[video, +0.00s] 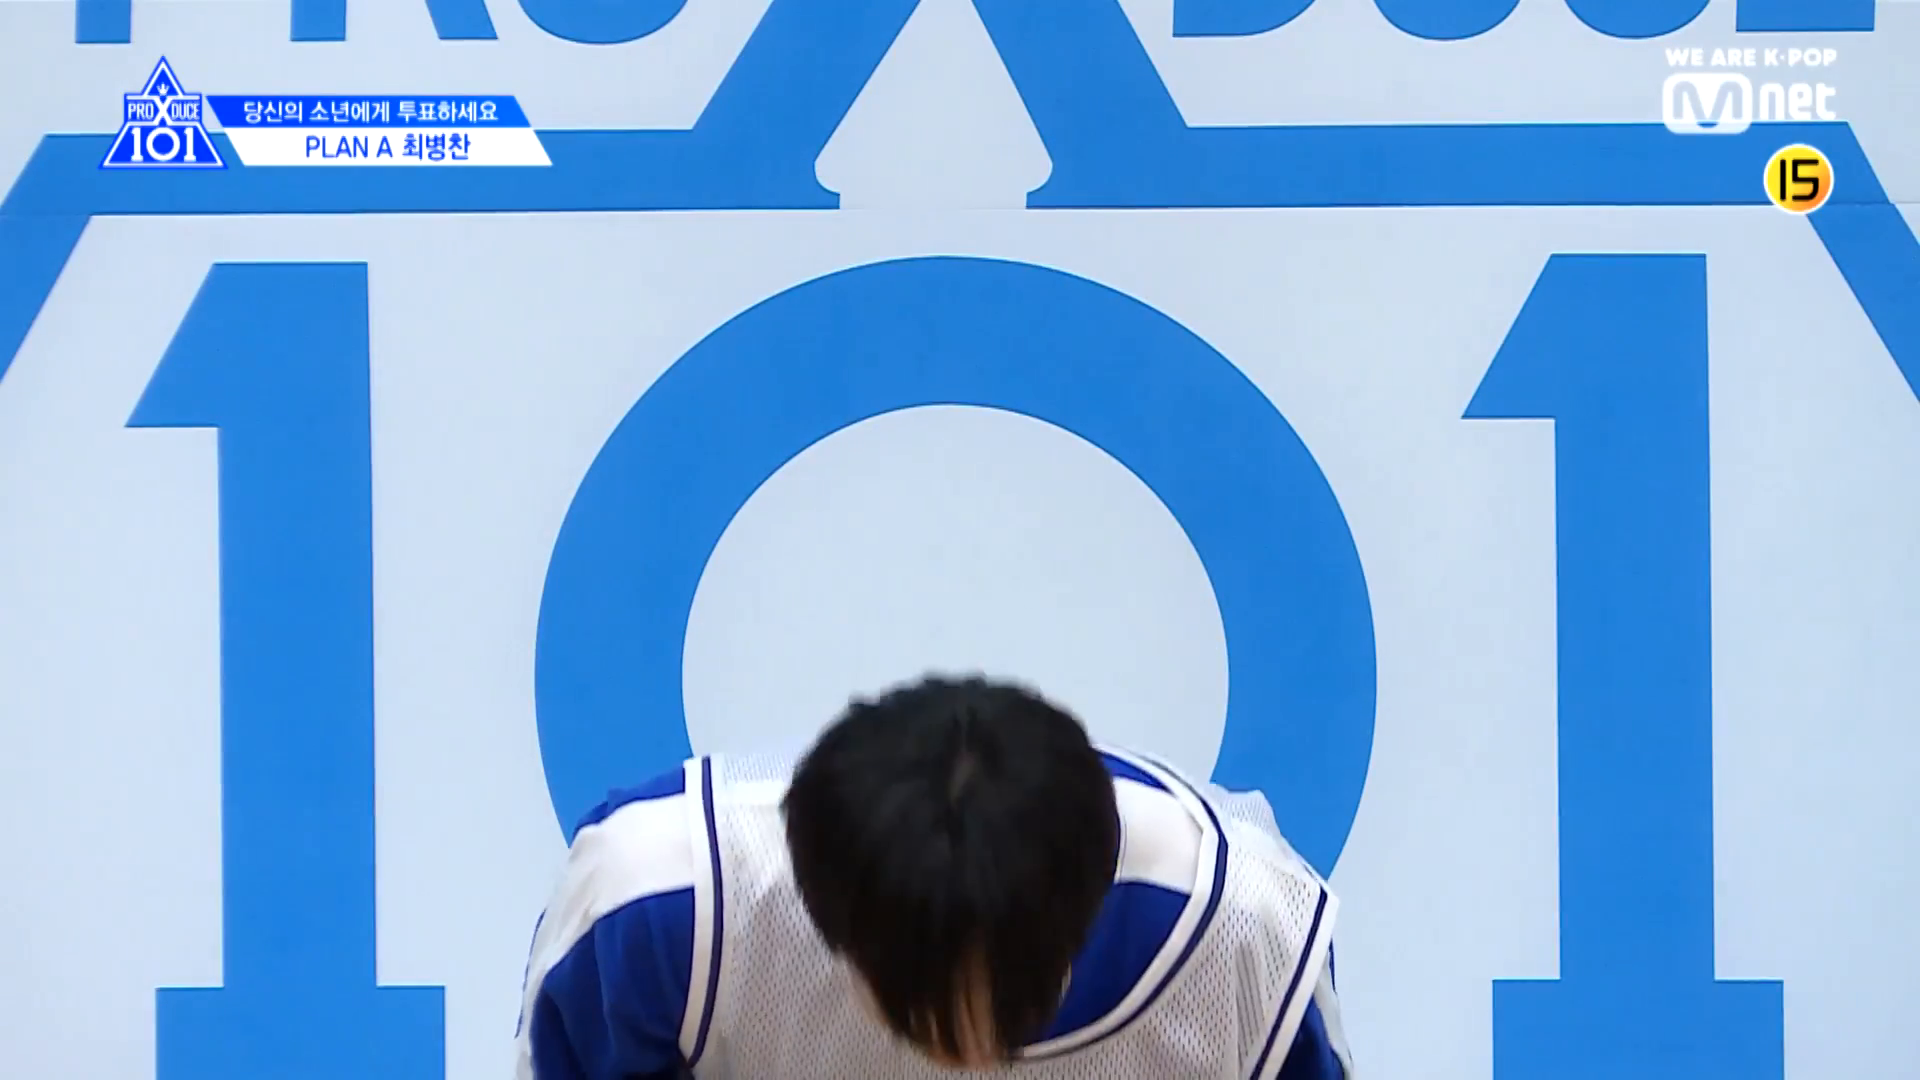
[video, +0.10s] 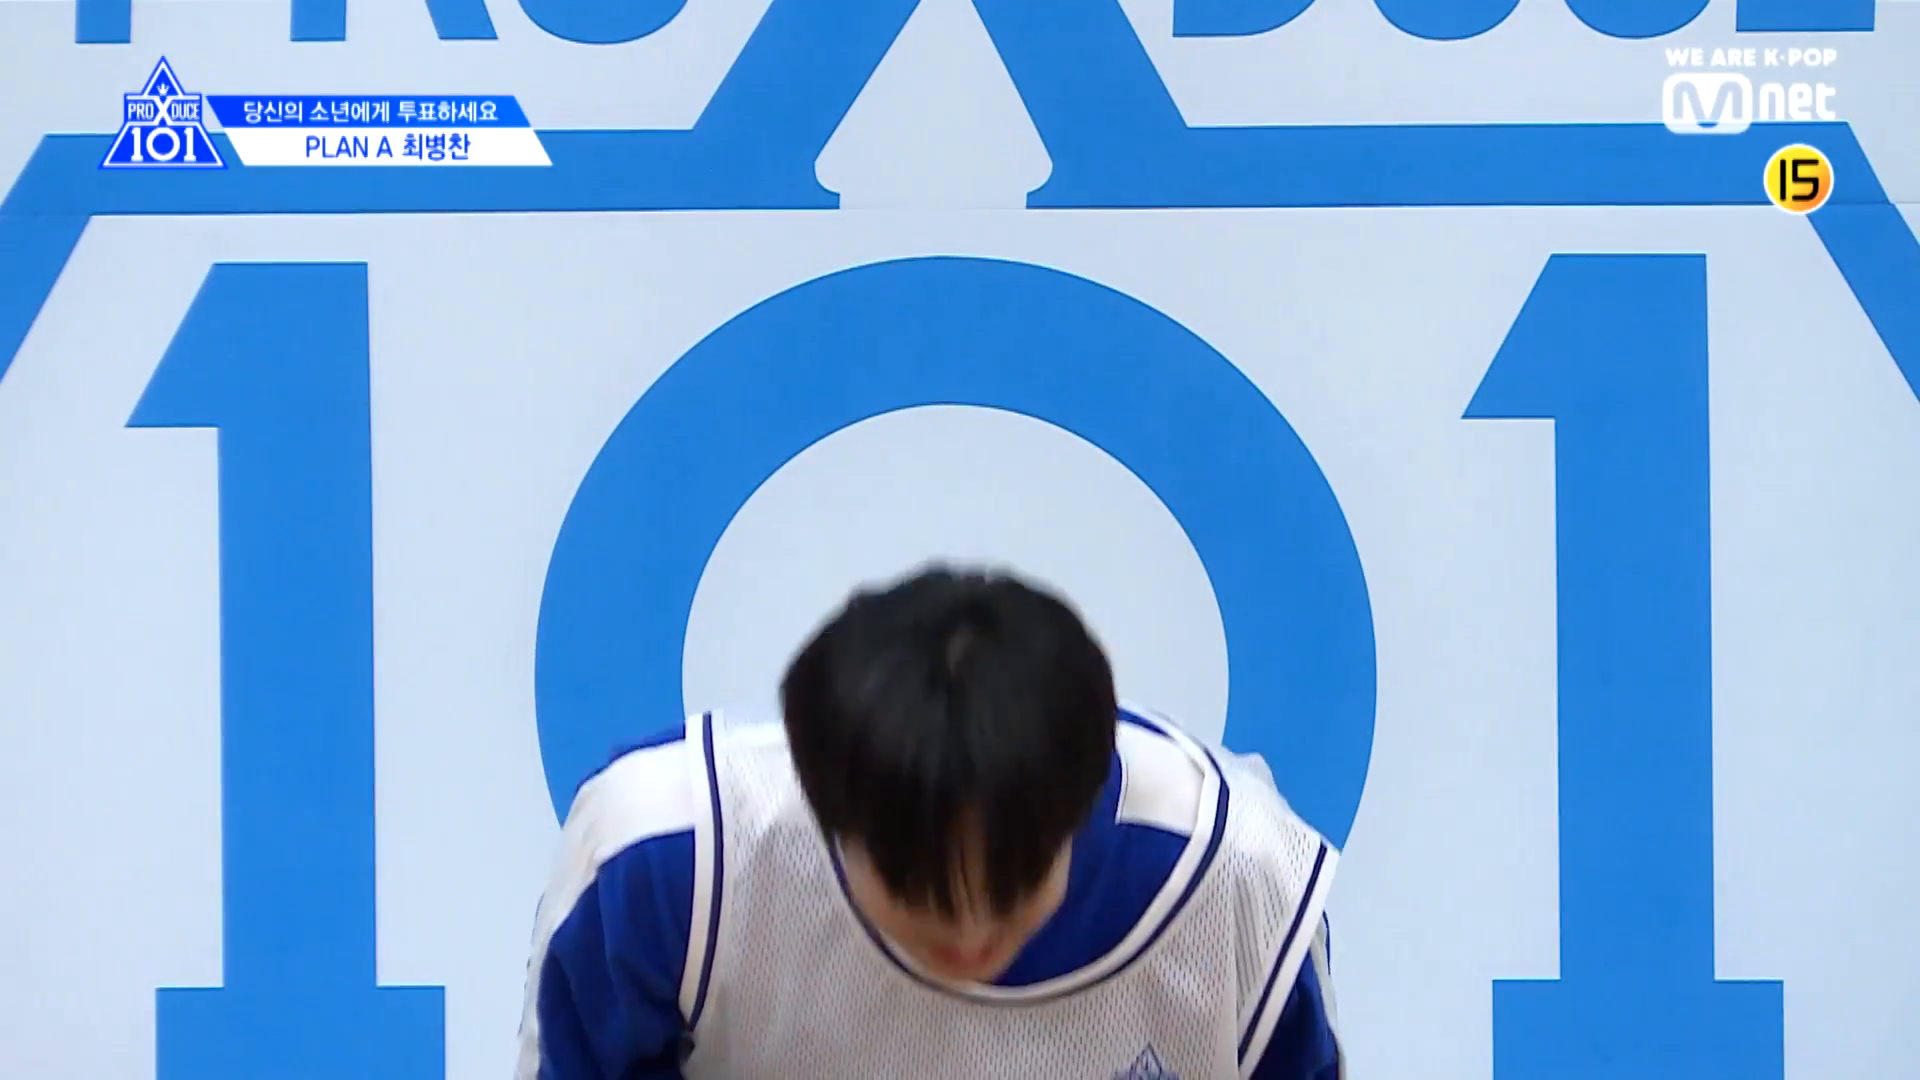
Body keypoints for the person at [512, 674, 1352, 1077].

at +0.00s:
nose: (973, 1050)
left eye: (1020, 1001)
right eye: (920, 1010)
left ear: (1086, 916)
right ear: (835, 926)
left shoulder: (1252, 957)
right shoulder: (646, 932)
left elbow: (1307, 1064)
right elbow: (569, 1061)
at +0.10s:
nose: (972, 942)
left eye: (1019, 891)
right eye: (917, 898)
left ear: (1083, 813)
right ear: (833, 823)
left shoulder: (1246, 897)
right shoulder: (659, 873)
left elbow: (1295, 1062)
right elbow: (581, 1058)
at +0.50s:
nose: (958, 418)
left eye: (1004, 368)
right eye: (903, 370)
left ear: (1067, 410)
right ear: (816, 416)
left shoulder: (1239, 706)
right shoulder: (673, 694)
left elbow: (1247, 1060)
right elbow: (589, 1052)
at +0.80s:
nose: (928, 335)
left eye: (975, 294)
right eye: (871, 292)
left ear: (1039, 347)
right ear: (784, 349)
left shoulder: (1203, 657)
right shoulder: (654, 660)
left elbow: (1229, 1049)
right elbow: (577, 1045)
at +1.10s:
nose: (914, 327)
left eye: (961, 280)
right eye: (857, 284)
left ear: (1030, 323)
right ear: (774, 335)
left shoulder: (1195, 639)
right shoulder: (649, 652)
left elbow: (1231, 1051)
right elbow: (579, 1048)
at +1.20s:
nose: (921, 330)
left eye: (969, 283)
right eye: (867, 286)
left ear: (1040, 324)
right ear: (785, 337)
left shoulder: (1199, 636)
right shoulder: (653, 650)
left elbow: (1230, 1052)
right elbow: (587, 1051)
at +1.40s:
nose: (939, 326)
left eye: (988, 281)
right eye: (884, 280)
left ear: (1055, 324)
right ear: (802, 325)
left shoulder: (1210, 637)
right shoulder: (658, 637)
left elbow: (1229, 1050)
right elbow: (593, 1043)